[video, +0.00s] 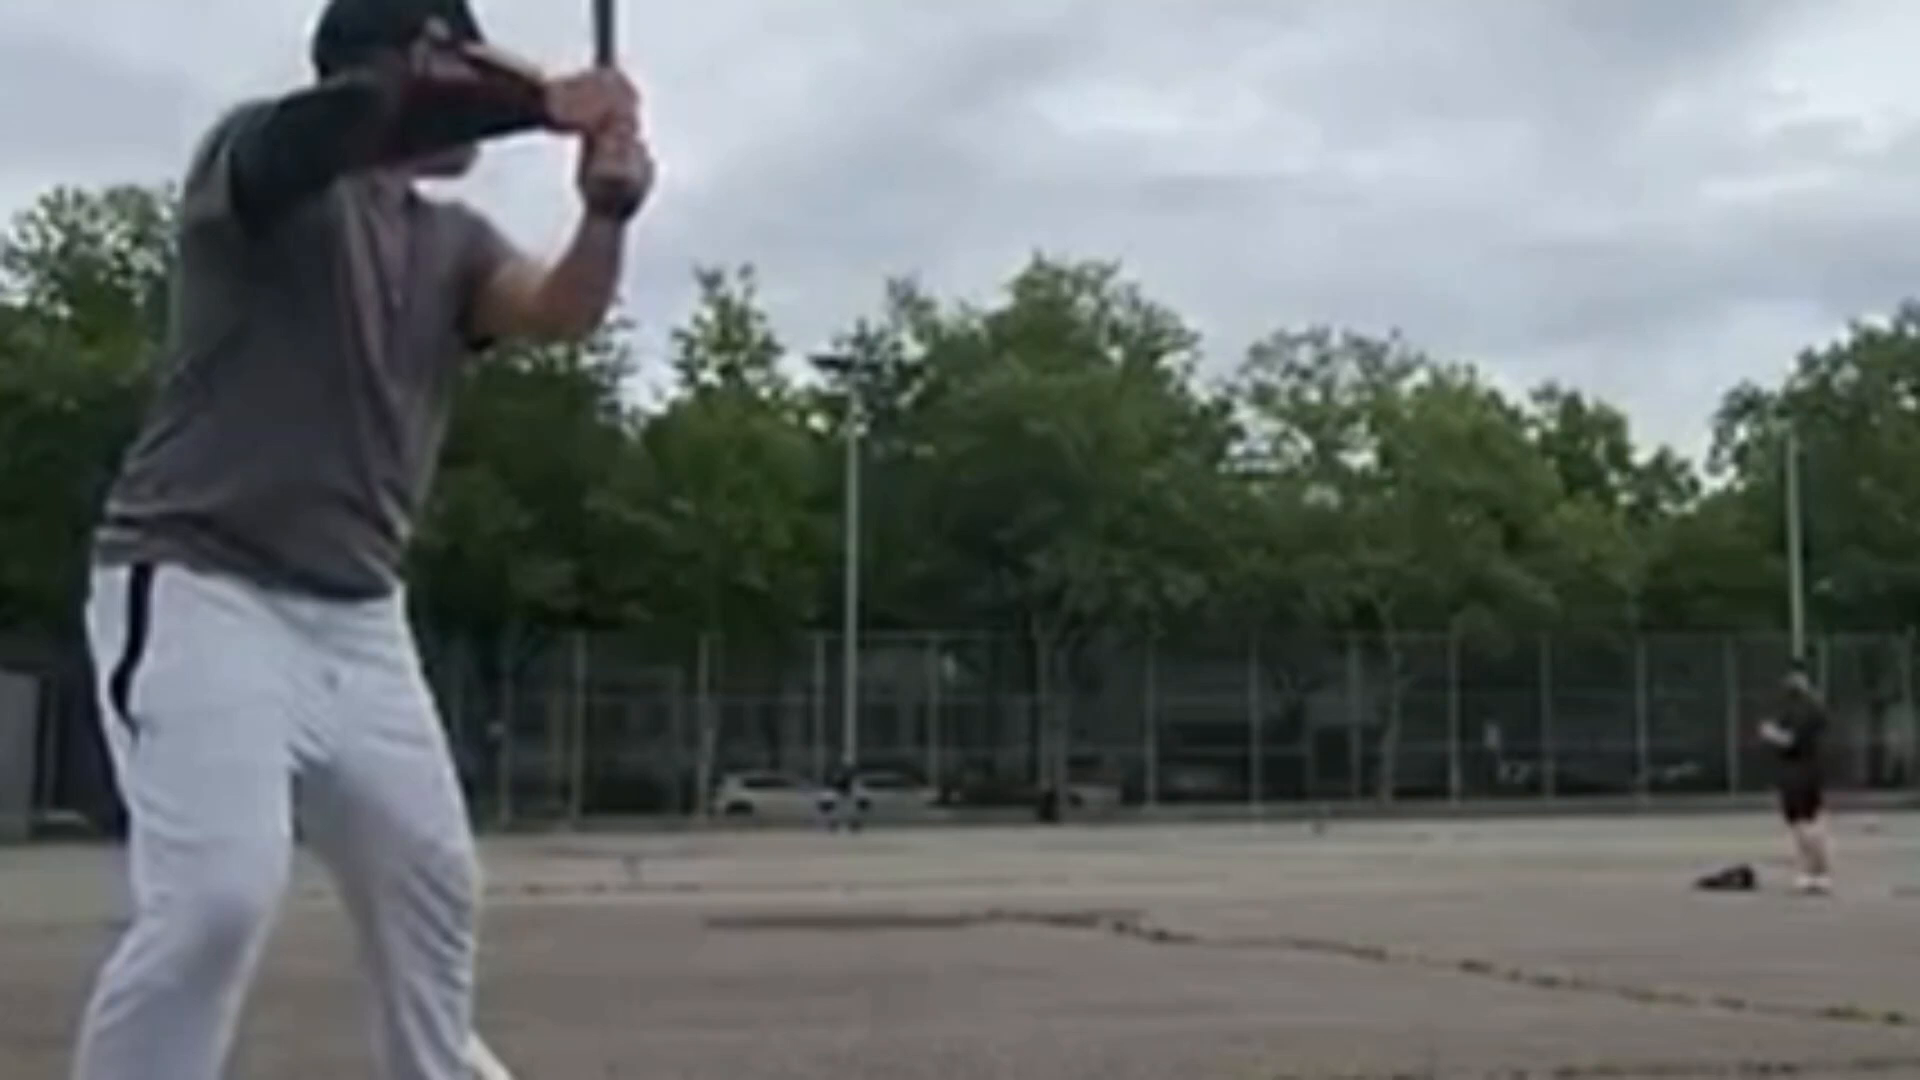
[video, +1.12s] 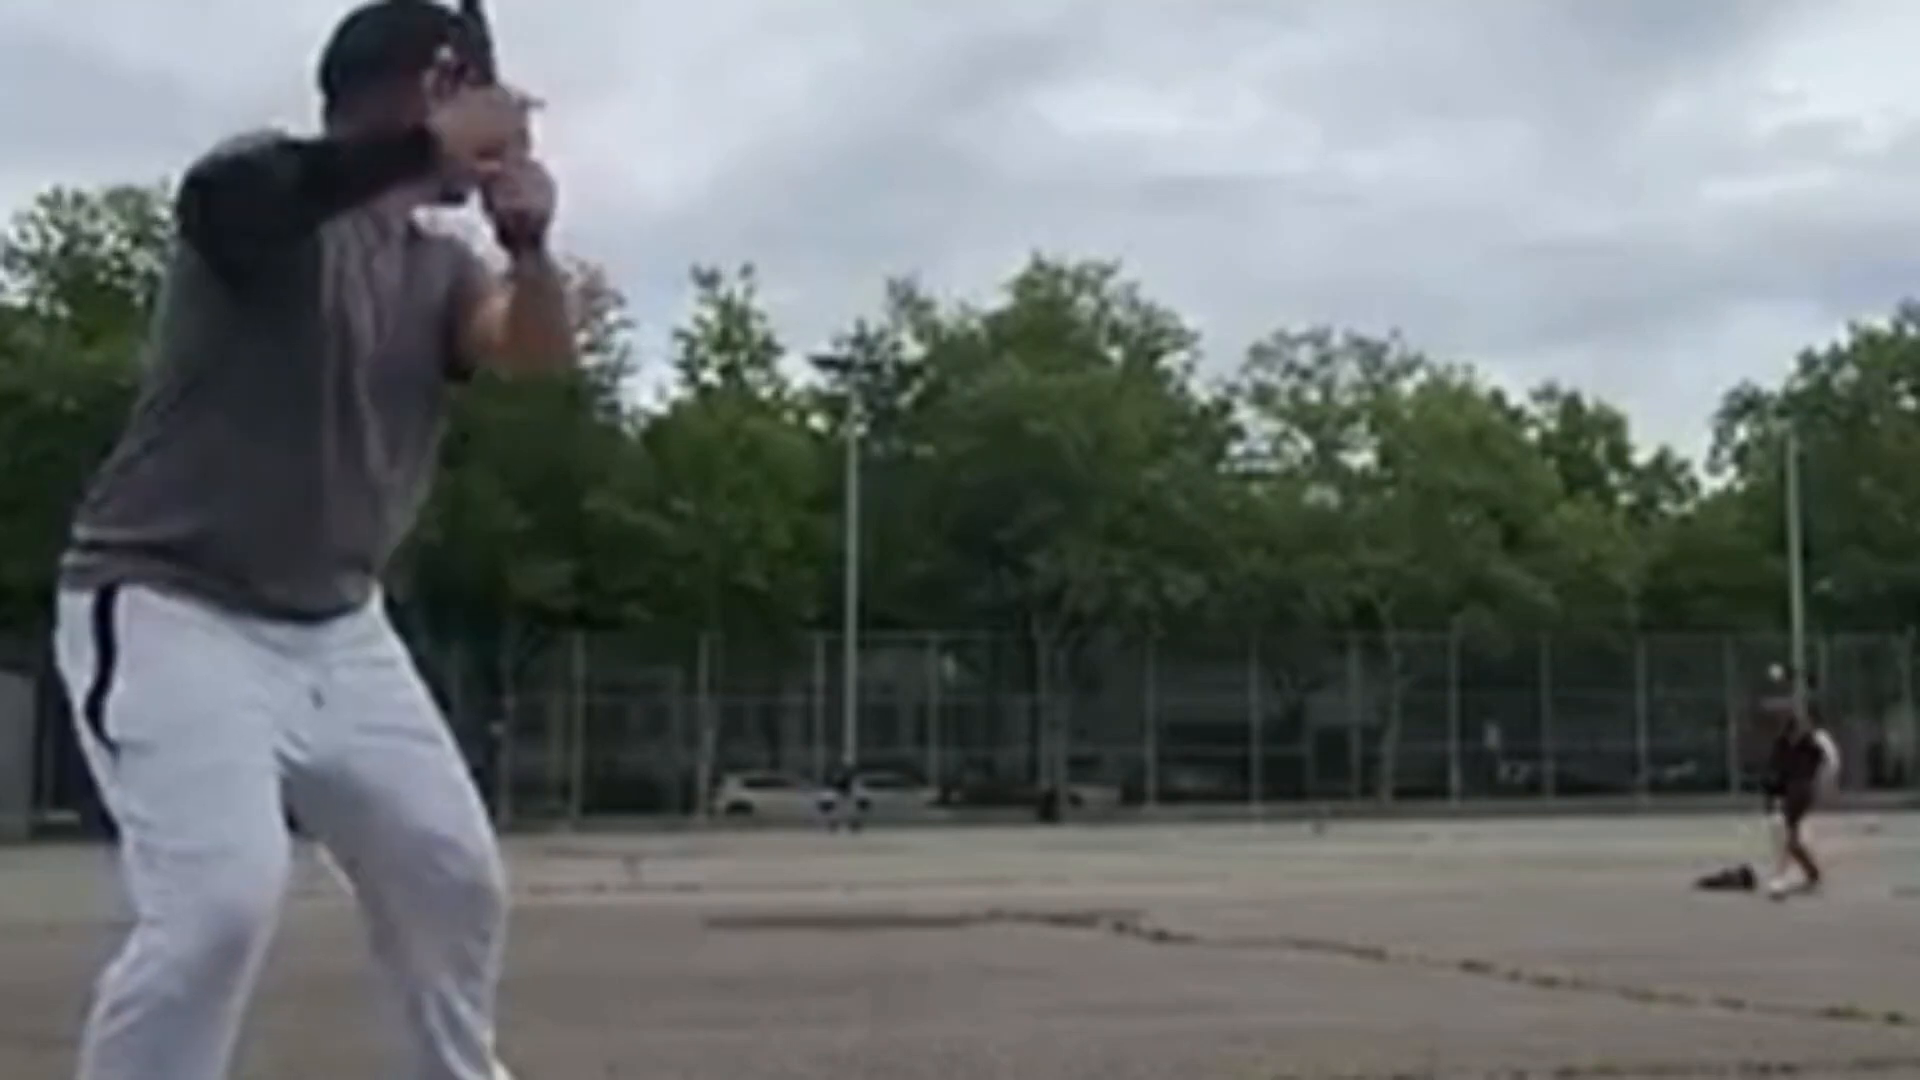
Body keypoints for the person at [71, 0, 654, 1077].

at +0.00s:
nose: (455, 86)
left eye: (463, 66)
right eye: (435, 60)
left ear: (456, 88)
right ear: (365, 68)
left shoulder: (450, 239)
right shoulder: (249, 166)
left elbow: (563, 309)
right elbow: (368, 111)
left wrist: (605, 213)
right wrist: (543, 102)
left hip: (358, 616)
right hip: (197, 593)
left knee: (432, 877)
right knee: (218, 897)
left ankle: (439, 1062)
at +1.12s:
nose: (486, 118)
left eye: (485, 98)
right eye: (477, 94)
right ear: (434, 84)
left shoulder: (443, 260)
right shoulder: (258, 192)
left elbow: (535, 354)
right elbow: (229, 202)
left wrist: (527, 248)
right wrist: (435, 146)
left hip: (338, 626)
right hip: (168, 611)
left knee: (454, 879)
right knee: (220, 898)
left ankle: (455, 1067)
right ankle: (129, 1071)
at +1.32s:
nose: (483, 123)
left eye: (484, 101)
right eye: (469, 96)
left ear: (420, 88)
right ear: (392, 80)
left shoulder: (426, 242)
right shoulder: (243, 184)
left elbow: (503, 337)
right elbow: (78, 207)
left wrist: (414, 192)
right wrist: (288, 107)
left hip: (331, 624)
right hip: (154, 611)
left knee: (434, 896)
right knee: (204, 897)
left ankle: (443, 1062)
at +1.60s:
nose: (481, 149)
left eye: (482, 126)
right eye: (469, 121)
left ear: (404, 112)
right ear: (403, 108)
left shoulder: (445, 253)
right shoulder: (217, 200)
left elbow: (468, 322)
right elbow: (25, 233)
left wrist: (320, 179)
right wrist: (191, 128)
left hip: (344, 646)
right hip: (172, 631)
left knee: (455, 897)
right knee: (195, 893)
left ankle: (394, 1060)